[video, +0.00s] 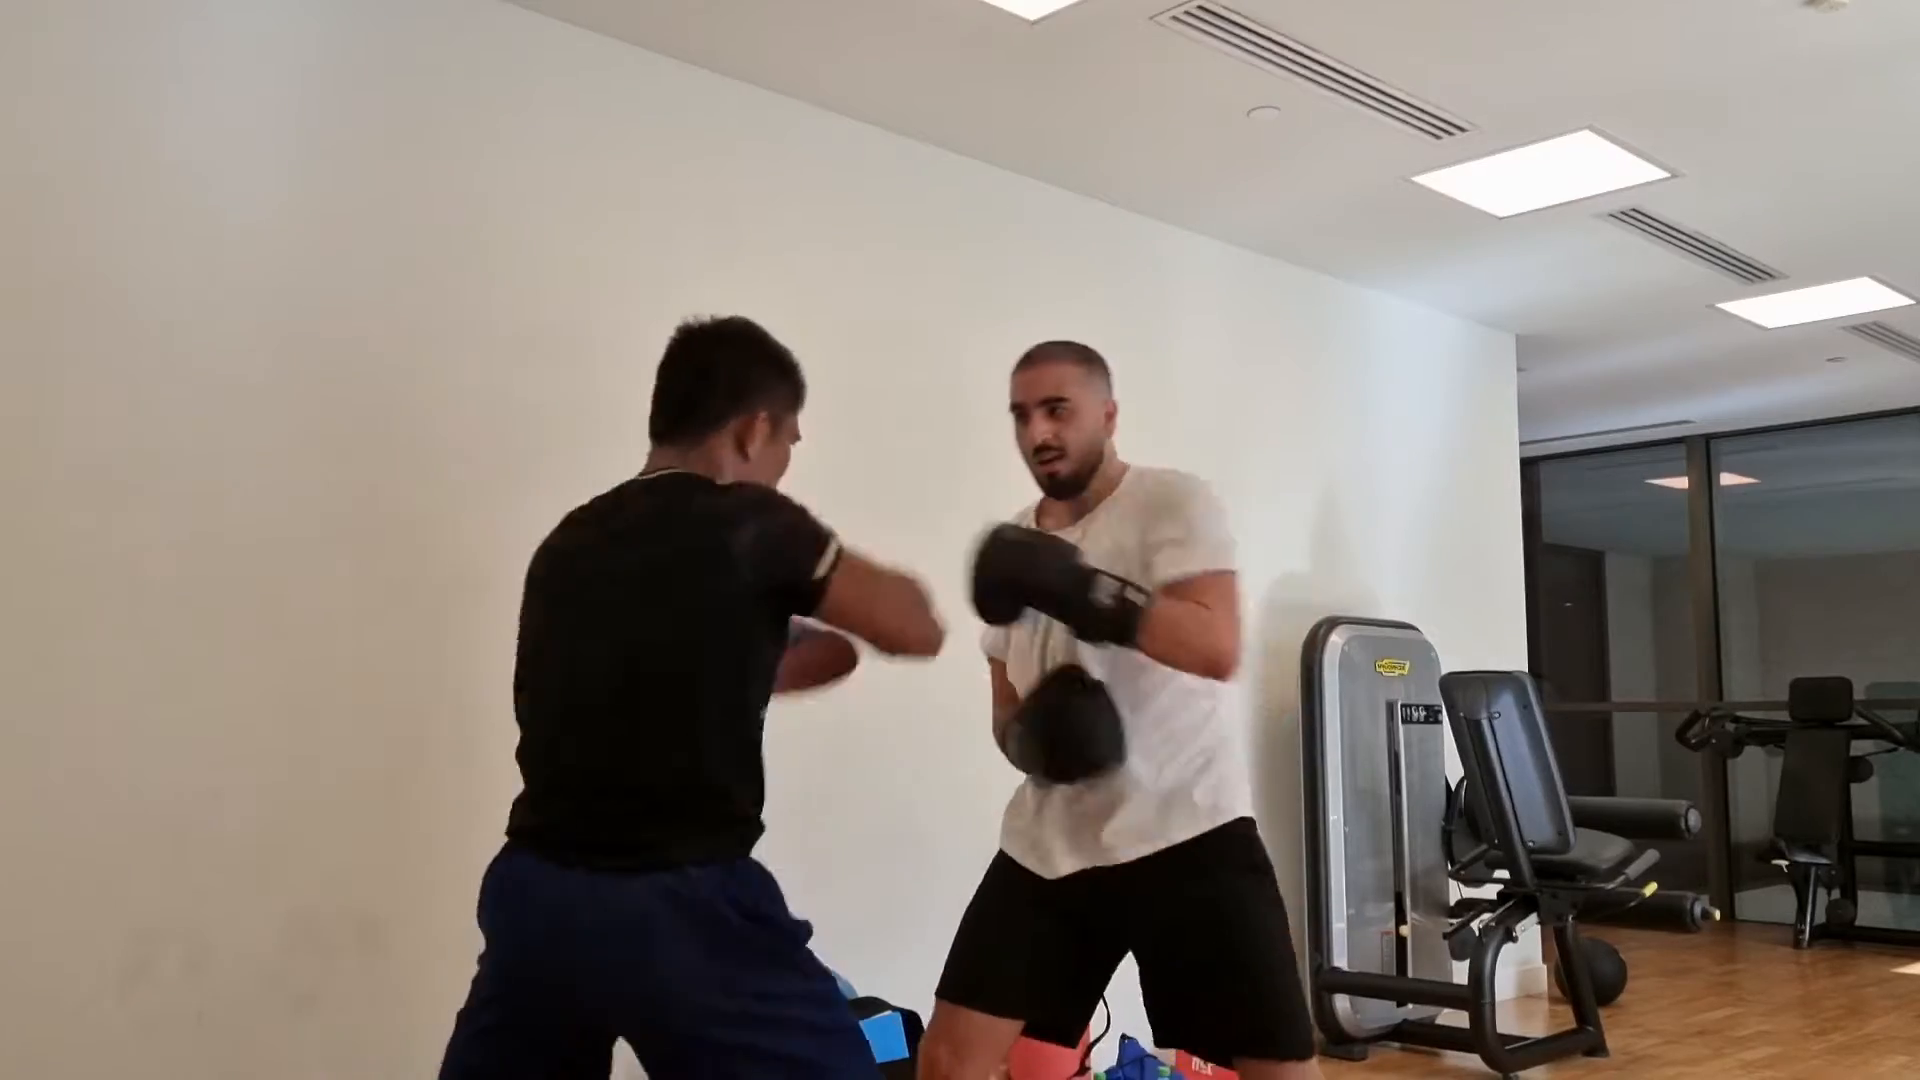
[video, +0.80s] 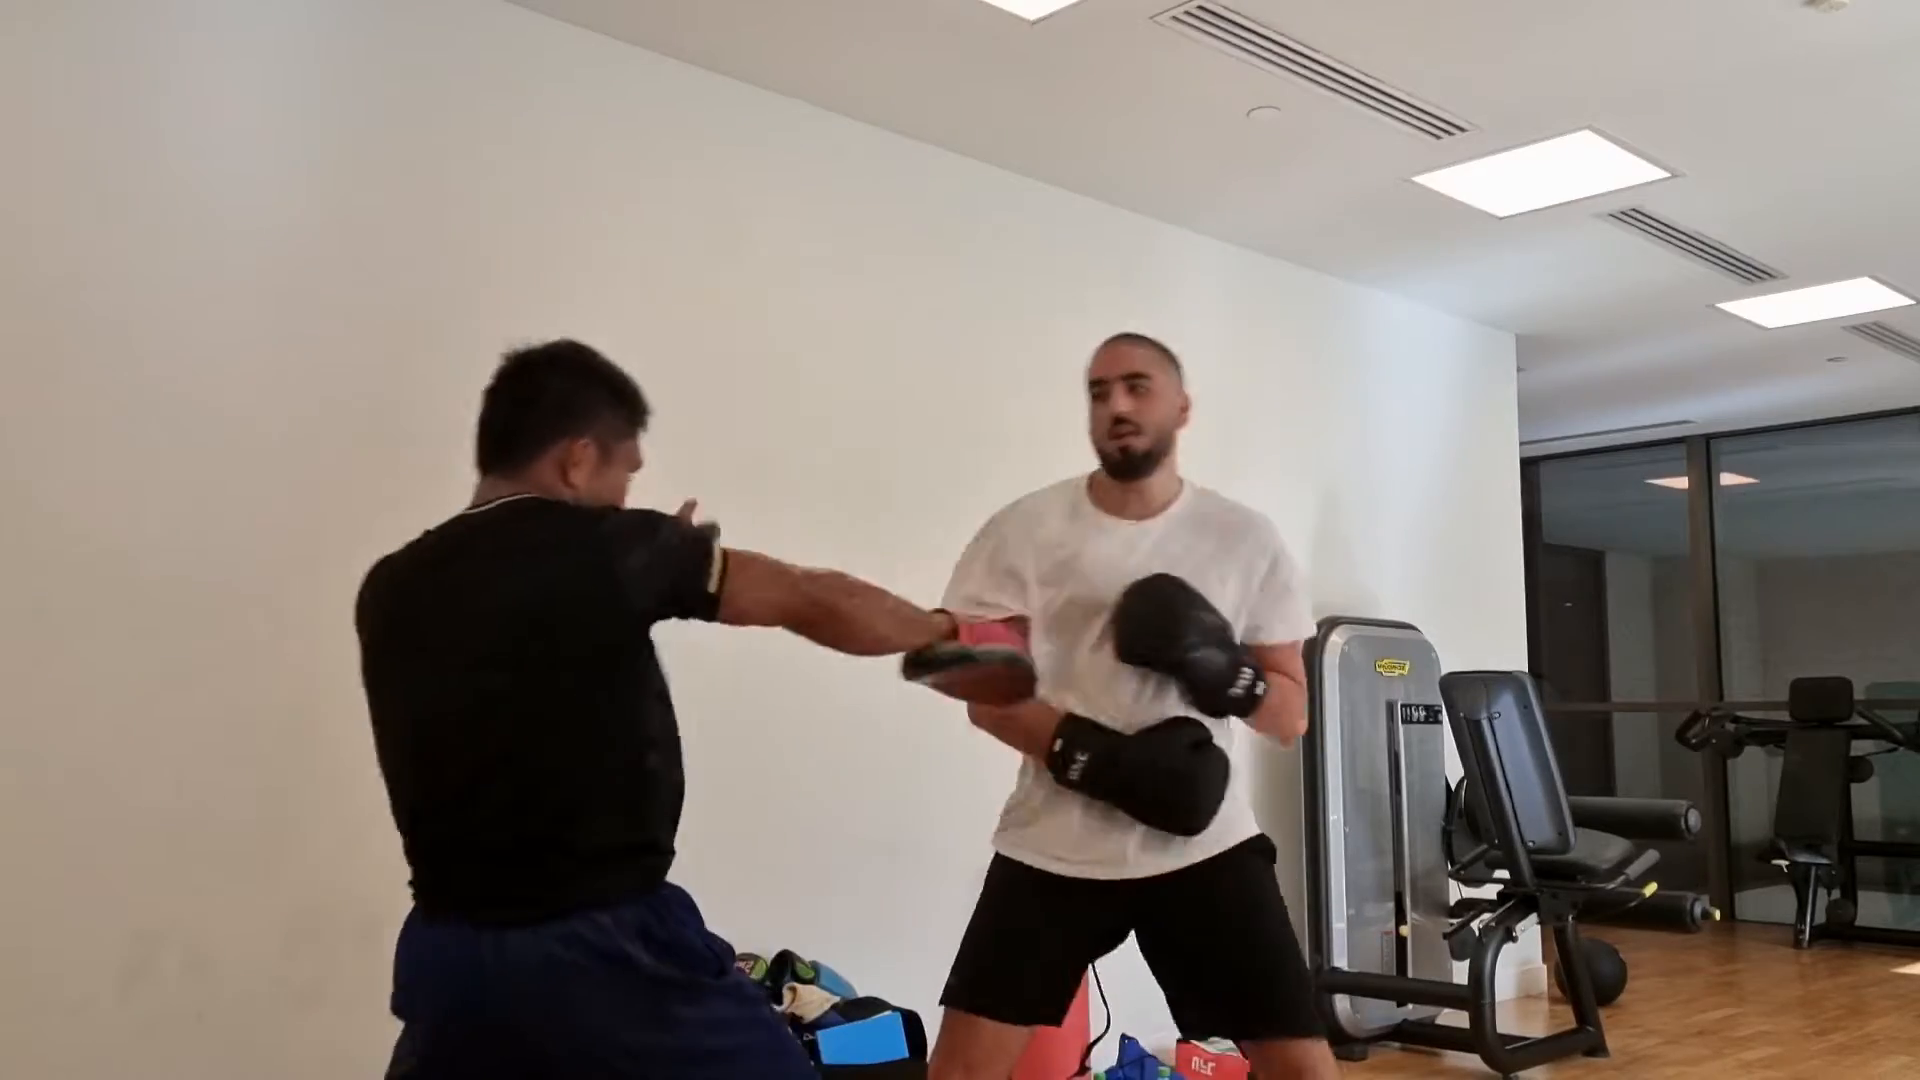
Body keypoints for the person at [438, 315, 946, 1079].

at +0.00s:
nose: (784, 468)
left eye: (790, 447)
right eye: (786, 444)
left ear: (662, 425)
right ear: (748, 432)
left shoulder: (567, 541)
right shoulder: (748, 521)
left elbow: (660, 673)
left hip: (537, 908)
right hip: (690, 915)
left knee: (488, 1068)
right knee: (836, 1063)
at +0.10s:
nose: (776, 465)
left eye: (781, 449)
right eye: (777, 447)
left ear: (651, 435)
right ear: (743, 439)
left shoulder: (538, 548)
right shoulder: (778, 518)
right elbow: (957, 527)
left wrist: (600, 718)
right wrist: (941, 568)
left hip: (536, 915)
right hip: (714, 921)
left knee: (472, 1068)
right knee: (822, 1063)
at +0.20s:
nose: (795, 475)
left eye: (800, 458)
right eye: (796, 456)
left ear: (669, 440)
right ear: (757, 447)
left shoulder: (557, 558)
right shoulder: (787, 527)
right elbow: (950, 559)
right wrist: (971, 542)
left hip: (543, 928)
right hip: (711, 938)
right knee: (843, 1062)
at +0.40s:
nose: (840, 470)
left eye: (846, 441)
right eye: (843, 438)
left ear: (779, 430)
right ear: (798, 429)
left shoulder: (745, 535)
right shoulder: (707, 525)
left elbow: (868, 576)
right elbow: (786, 689)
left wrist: (1016, 545)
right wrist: (862, 605)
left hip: (575, 893)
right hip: (664, 907)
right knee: (795, 1065)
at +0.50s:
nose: (848, 471)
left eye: (852, 450)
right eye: (847, 447)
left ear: (773, 442)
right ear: (798, 443)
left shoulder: (769, 552)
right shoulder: (700, 542)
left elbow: (919, 558)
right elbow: (781, 719)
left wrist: (1059, 522)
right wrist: (863, 601)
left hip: (563, 906)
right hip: (641, 917)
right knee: (788, 1065)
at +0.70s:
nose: (722, 479)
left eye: (728, 462)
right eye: (720, 459)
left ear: (593, 434)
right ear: (676, 448)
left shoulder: (498, 550)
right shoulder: (680, 548)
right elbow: (882, 640)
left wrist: (699, 537)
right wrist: (941, 608)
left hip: (474, 935)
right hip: (626, 942)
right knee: (782, 1062)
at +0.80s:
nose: (629, 497)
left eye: (633, 477)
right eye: (629, 475)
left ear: (490, 456)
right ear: (576, 462)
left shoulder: (388, 587)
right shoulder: (598, 549)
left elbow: (513, 598)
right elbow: (808, 600)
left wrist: (650, 553)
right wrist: (934, 632)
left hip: (449, 972)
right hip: (615, 963)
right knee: (778, 1058)